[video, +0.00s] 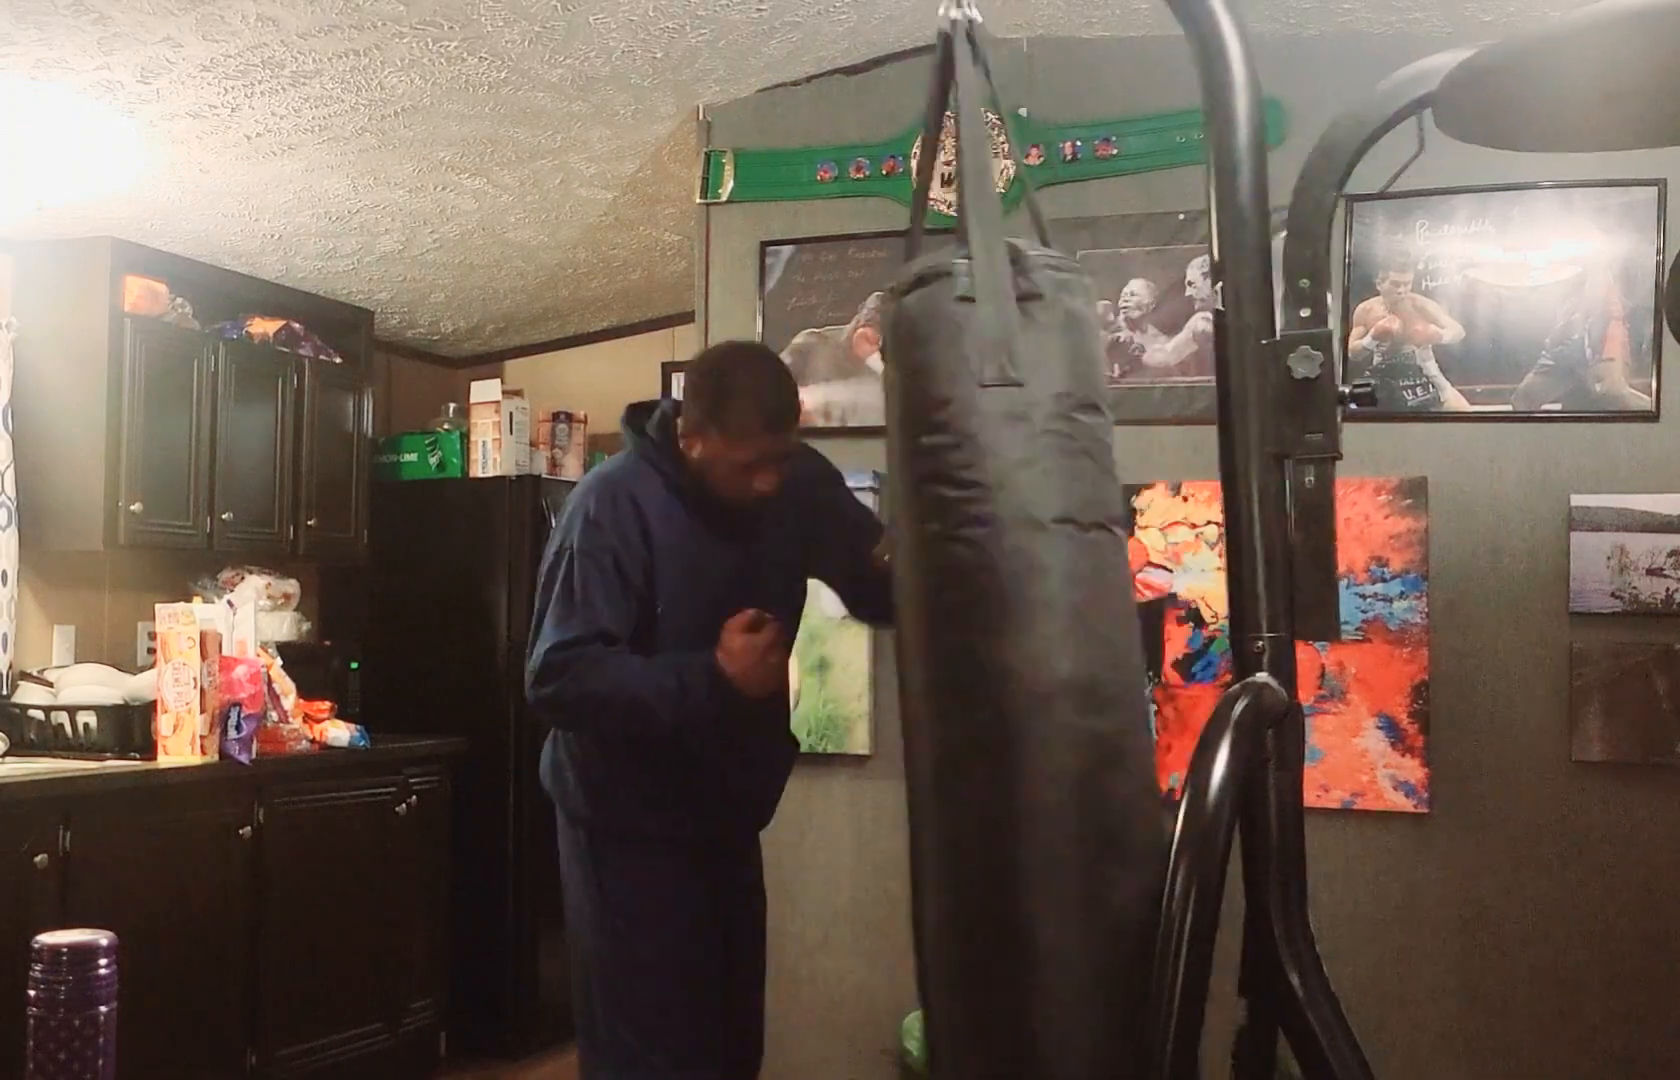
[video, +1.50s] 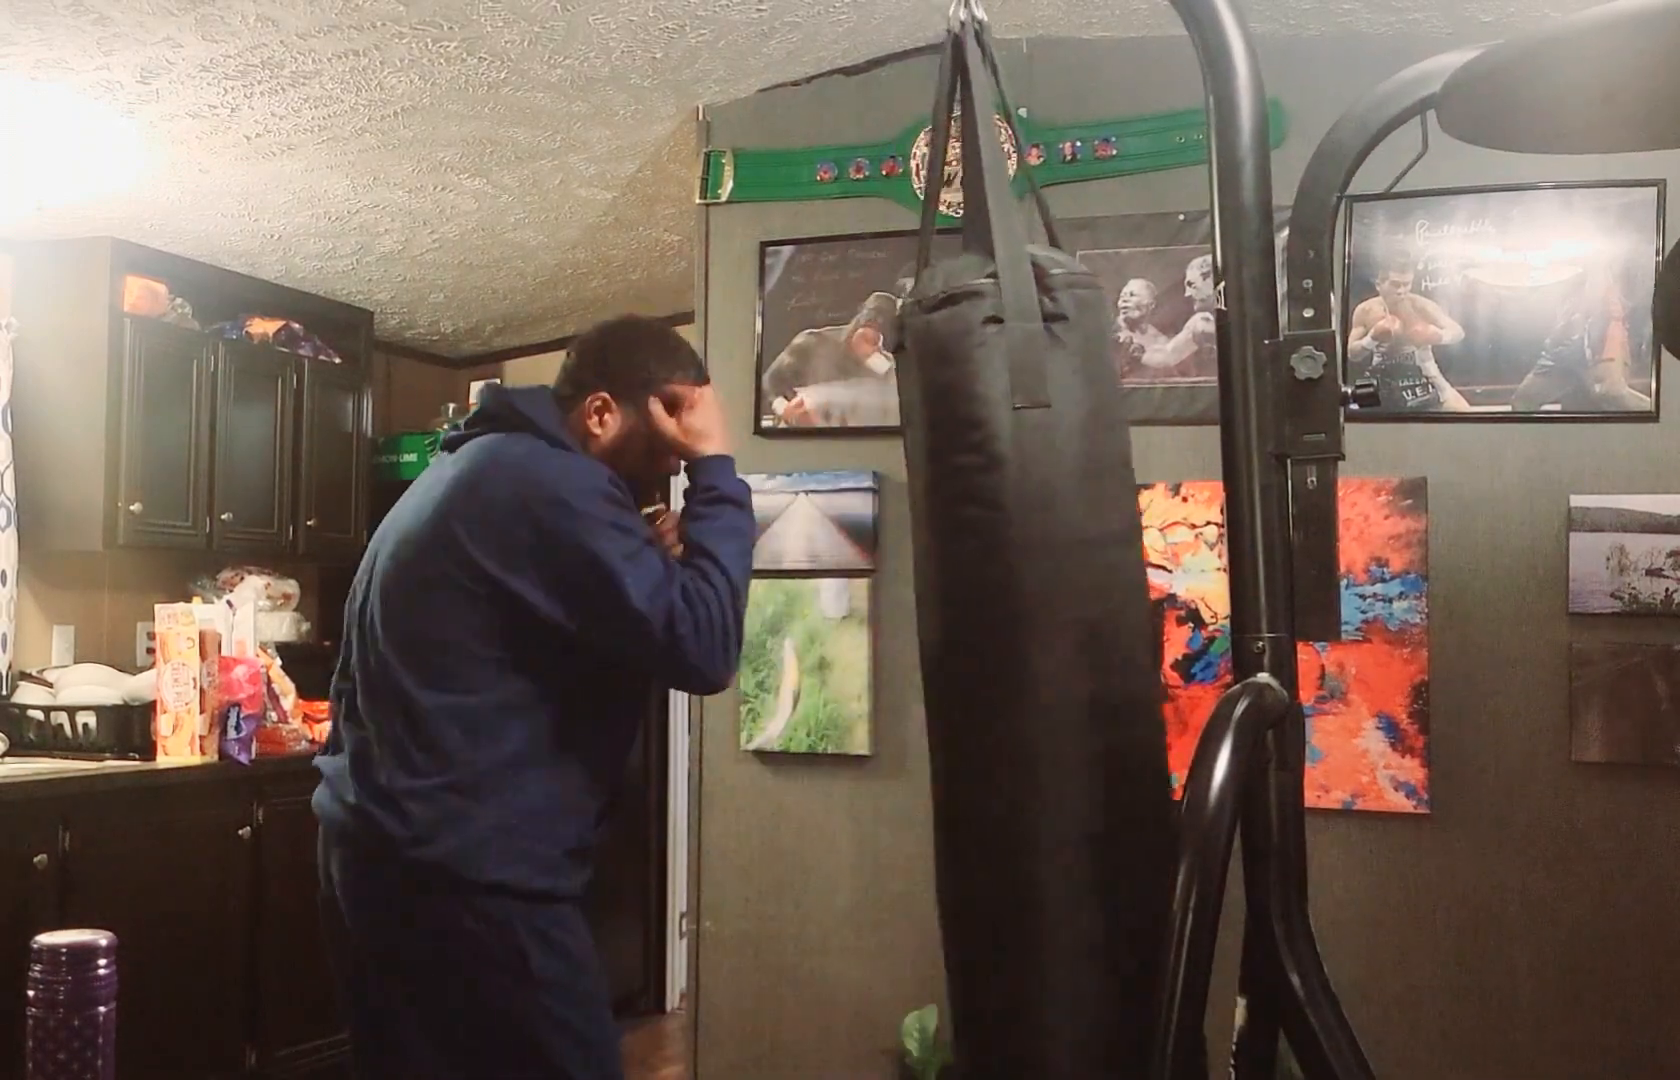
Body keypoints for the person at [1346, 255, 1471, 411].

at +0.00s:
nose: (1402, 290)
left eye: (1406, 285)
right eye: (1396, 284)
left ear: (1412, 283)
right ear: (1379, 284)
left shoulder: (1421, 305)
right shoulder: (1365, 310)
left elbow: (1458, 331)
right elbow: (1352, 353)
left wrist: (1436, 335)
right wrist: (1373, 337)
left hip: (1427, 380)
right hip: (1384, 383)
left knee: (1467, 416)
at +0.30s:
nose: (1401, 290)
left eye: (1406, 284)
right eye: (1395, 284)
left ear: (1411, 283)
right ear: (1378, 283)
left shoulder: (1420, 304)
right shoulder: (1365, 310)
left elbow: (1458, 331)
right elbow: (1352, 352)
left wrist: (1435, 335)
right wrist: (1373, 337)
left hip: (1427, 380)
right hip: (1385, 383)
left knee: (1467, 417)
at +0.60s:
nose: (1401, 291)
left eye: (1406, 285)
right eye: (1395, 285)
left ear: (1411, 283)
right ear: (1379, 283)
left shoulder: (1420, 305)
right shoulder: (1365, 311)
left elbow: (1458, 331)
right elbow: (1352, 354)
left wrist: (1434, 335)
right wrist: (1373, 338)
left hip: (1428, 382)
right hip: (1386, 385)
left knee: (1468, 418)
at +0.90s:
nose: (1402, 291)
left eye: (1406, 285)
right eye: (1395, 285)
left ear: (1411, 283)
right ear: (1379, 283)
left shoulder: (1421, 305)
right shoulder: (1365, 311)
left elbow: (1458, 331)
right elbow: (1353, 354)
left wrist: (1435, 336)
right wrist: (1374, 338)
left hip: (1428, 382)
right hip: (1385, 385)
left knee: (1467, 418)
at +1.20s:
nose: (1402, 291)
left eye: (1406, 285)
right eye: (1395, 285)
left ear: (1411, 283)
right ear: (1379, 284)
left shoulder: (1421, 305)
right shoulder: (1365, 311)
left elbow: (1457, 332)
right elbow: (1353, 355)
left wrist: (1435, 335)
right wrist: (1373, 338)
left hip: (1428, 382)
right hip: (1385, 386)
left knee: (1467, 417)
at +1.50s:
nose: (1402, 291)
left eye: (1406, 285)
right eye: (1395, 285)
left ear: (1411, 283)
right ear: (1379, 284)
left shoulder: (1421, 305)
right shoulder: (1365, 311)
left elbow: (1457, 332)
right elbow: (1353, 355)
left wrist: (1434, 336)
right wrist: (1373, 338)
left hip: (1428, 382)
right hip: (1385, 386)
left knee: (1468, 418)